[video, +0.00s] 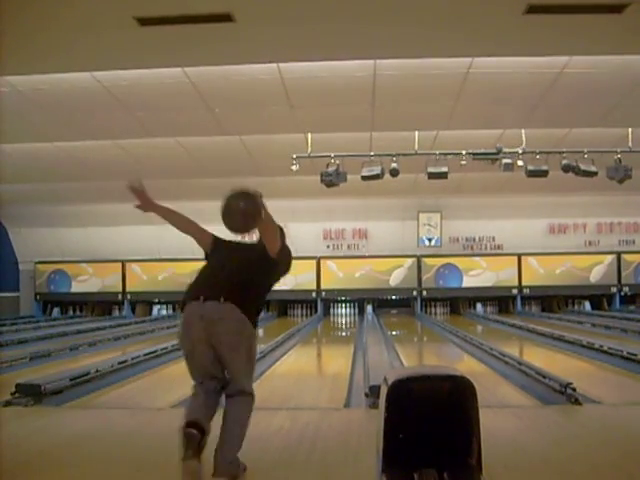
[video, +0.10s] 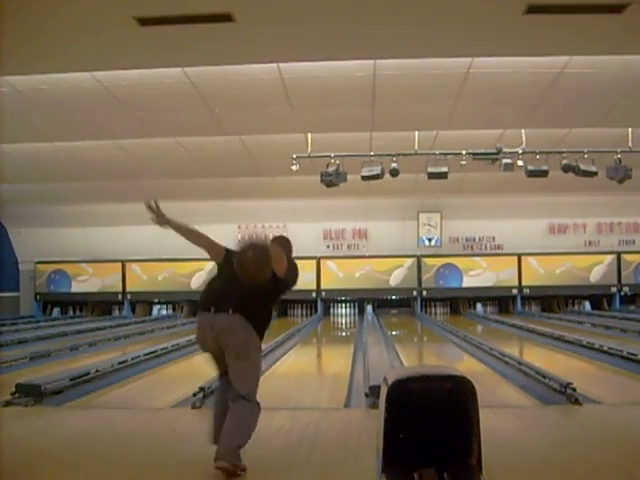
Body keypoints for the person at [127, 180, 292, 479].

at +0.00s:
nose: (281, 233)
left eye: (280, 232)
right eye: (279, 234)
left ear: (236, 228)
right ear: (276, 239)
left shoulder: (222, 248)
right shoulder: (277, 259)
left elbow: (191, 228)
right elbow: (270, 234)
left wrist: (153, 207)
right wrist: (260, 211)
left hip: (193, 308)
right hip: (232, 312)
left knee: (207, 381)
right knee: (240, 390)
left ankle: (195, 426)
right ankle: (226, 463)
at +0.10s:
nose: (288, 261)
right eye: (287, 256)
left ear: (247, 251)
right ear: (282, 256)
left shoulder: (230, 258)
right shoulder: (283, 276)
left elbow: (200, 239)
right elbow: (278, 249)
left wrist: (168, 222)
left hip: (206, 321)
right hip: (240, 326)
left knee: (227, 380)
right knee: (246, 398)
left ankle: (223, 445)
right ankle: (228, 454)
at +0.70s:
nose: (320, 253)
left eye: (318, 249)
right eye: (318, 250)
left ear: (296, 250)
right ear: (312, 251)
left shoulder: (277, 258)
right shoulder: (317, 263)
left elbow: (242, 274)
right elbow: (315, 249)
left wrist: (210, 289)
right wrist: (302, 235)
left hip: (248, 294)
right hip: (263, 301)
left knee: (263, 360)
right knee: (233, 351)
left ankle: (273, 412)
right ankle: (171, 351)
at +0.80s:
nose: (316, 248)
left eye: (313, 246)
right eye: (316, 246)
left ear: (297, 243)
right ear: (314, 246)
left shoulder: (281, 254)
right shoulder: (315, 261)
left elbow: (244, 276)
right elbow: (333, 273)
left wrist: (216, 295)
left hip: (247, 292)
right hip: (263, 299)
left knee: (264, 358)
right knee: (237, 351)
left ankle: (274, 412)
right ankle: (176, 349)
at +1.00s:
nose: (317, 248)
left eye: (314, 245)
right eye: (317, 245)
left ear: (299, 241)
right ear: (316, 245)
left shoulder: (282, 253)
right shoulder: (317, 265)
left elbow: (245, 278)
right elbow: (334, 305)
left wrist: (219, 298)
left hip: (246, 293)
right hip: (261, 300)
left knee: (265, 360)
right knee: (238, 349)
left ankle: (275, 413)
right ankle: (176, 348)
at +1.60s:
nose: (314, 232)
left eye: (311, 228)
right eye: (316, 229)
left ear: (299, 226)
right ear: (318, 230)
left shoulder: (281, 241)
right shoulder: (314, 254)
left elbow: (253, 272)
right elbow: (308, 299)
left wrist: (232, 298)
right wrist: (296, 334)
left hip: (246, 290)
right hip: (263, 299)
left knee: (263, 356)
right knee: (247, 351)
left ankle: (273, 412)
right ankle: (199, 392)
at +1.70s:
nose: (313, 227)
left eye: (309, 223)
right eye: (315, 224)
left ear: (297, 222)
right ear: (316, 226)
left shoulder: (280, 239)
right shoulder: (314, 254)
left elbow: (253, 269)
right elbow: (316, 298)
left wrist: (233, 297)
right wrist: (318, 336)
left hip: (245, 290)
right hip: (262, 299)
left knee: (263, 356)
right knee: (248, 352)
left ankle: (273, 411)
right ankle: (200, 393)